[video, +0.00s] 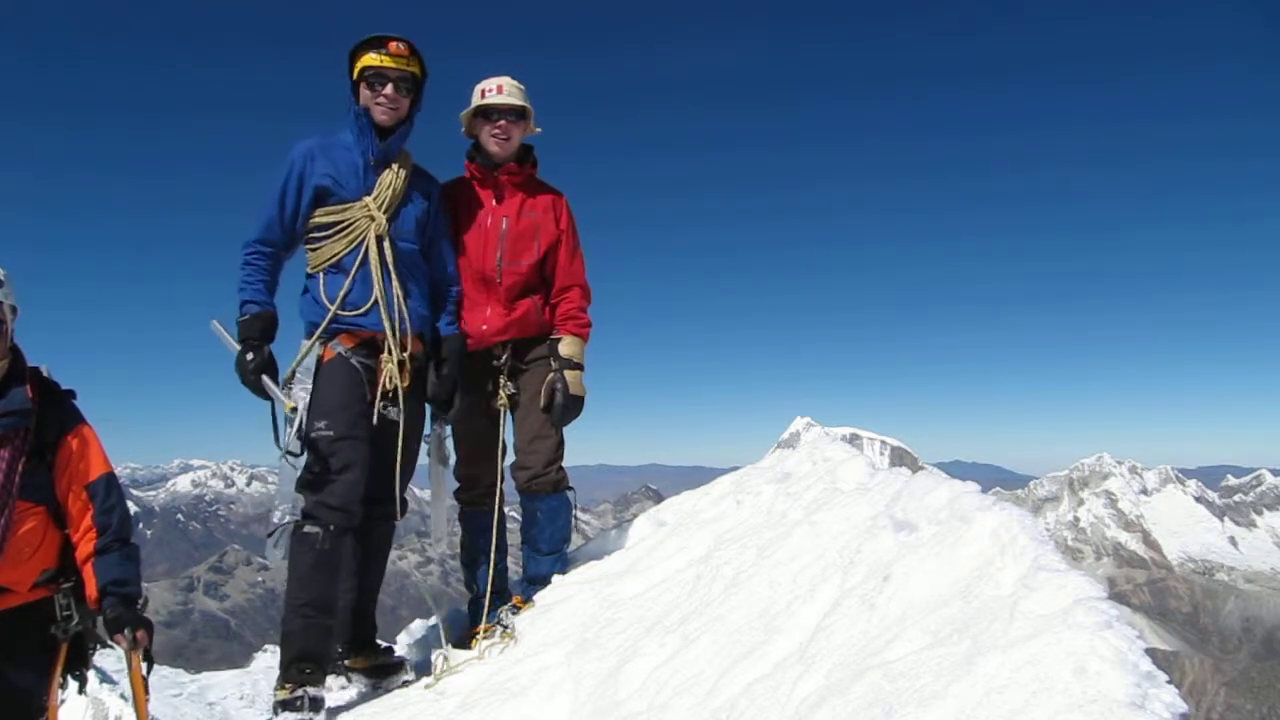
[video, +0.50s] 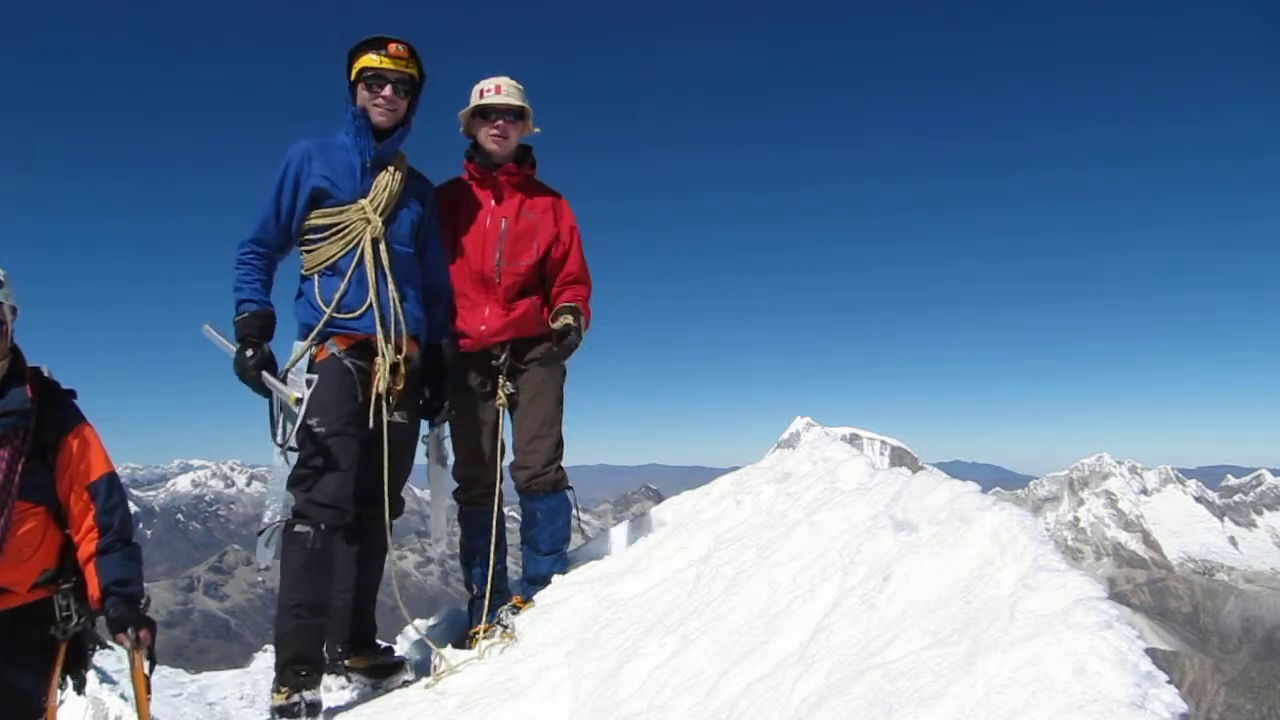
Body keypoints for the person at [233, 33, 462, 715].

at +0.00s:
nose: (389, 92)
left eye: (402, 84)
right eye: (377, 80)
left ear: (417, 97)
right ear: (356, 88)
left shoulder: (426, 188)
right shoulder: (319, 156)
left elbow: (444, 282)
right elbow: (262, 247)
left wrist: (447, 351)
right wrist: (256, 332)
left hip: (409, 361)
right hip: (342, 352)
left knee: (381, 504)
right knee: (334, 500)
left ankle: (356, 640)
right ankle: (302, 670)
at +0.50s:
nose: (386, 94)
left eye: (399, 86)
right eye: (374, 82)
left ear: (413, 98)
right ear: (354, 89)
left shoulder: (420, 189)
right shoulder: (313, 158)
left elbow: (434, 283)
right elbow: (256, 248)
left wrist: (438, 359)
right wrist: (254, 334)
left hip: (403, 363)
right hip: (334, 355)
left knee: (375, 507)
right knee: (323, 504)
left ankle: (355, 642)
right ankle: (298, 673)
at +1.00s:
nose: (384, 97)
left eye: (397, 88)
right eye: (372, 85)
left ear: (410, 100)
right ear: (352, 92)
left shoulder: (418, 191)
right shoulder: (312, 163)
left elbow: (431, 283)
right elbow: (261, 257)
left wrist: (438, 362)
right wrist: (256, 338)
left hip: (405, 363)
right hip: (338, 356)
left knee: (377, 506)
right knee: (326, 503)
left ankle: (354, 639)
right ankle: (299, 670)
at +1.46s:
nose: (383, 97)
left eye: (396, 88)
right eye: (371, 85)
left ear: (410, 100)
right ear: (351, 93)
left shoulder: (418, 190)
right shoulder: (313, 164)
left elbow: (433, 282)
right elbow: (262, 257)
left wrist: (439, 364)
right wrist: (254, 338)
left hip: (405, 364)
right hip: (338, 356)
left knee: (378, 504)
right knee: (328, 500)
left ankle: (355, 638)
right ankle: (300, 670)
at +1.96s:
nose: (400, 100)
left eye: (408, 91)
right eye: (386, 88)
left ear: (414, 102)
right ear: (357, 94)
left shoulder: (417, 191)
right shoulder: (313, 164)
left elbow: (432, 281)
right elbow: (253, 251)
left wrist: (440, 363)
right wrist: (288, 282)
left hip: (403, 365)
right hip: (337, 359)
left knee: (376, 507)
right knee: (325, 506)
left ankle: (354, 640)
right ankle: (299, 672)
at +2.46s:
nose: (403, 108)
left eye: (407, 98)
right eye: (391, 96)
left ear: (404, 107)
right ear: (357, 100)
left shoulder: (400, 193)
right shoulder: (313, 168)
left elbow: (421, 281)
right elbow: (262, 261)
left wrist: (433, 359)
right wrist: (327, 286)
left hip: (402, 361)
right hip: (347, 356)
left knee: (380, 504)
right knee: (340, 499)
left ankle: (354, 642)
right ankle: (297, 675)